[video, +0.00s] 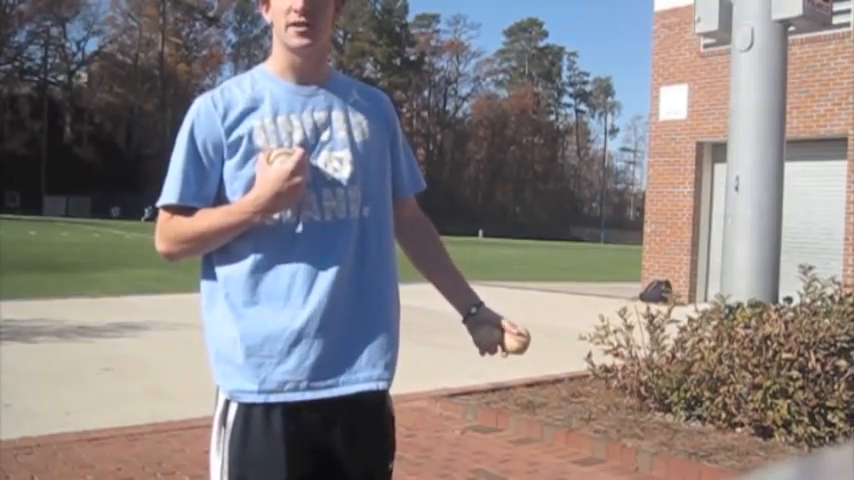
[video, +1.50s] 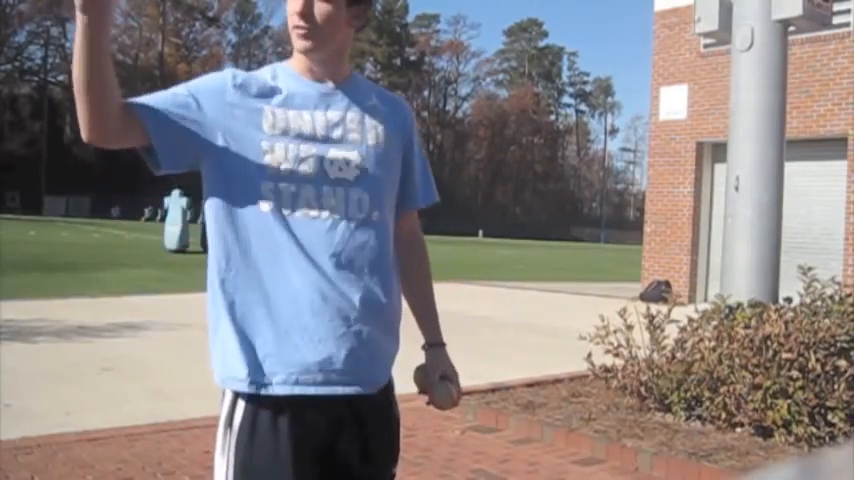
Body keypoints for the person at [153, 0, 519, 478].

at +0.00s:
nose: (303, 9)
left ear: (339, 10)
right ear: (266, 9)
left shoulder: (374, 109)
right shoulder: (217, 112)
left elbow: (409, 219)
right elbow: (169, 239)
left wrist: (474, 312)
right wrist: (257, 203)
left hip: (359, 383)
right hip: (260, 389)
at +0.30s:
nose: (324, 6)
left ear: (345, 13)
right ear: (272, 9)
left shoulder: (377, 110)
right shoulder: (219, 112)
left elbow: (410, 224)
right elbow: (170, 238)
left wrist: (474, 318)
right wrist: (259, 203)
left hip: (360, 386)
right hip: (259, 392)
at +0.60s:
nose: (368, 12)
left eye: (365, 2)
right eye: (358, 1)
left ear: (311, 11)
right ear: (309, 8)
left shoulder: (371, 108)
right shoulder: (223, 111)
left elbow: (399, 227)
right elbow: (168, 235)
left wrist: (454, 317)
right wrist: (263, 215)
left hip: (367, 384)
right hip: (271, 391)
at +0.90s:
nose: (366, 10)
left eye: (363, 1)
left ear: (305, 9)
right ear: (302, 6)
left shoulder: (362, 103)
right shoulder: (229, 110)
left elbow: (382, 219)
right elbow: (166, 231)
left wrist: (431, 313)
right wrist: (272, 243)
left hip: (370, 382)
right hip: (283, 393)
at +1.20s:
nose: (306, 9)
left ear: (351, 14)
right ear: (281, 8)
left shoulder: (378, 111)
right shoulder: (230, 106)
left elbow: (395, 226)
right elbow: (133, 211)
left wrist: (422, 333)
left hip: (369, 383)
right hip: (273, 390)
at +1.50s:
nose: (302, 7)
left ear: (357, 13)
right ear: (285, 7)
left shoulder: (391, 115)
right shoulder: (228, 96)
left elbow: (407, 234)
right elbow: (103, 126)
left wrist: (434, 344)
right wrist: (91, 14)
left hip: (366, 394)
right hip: (265, 398)